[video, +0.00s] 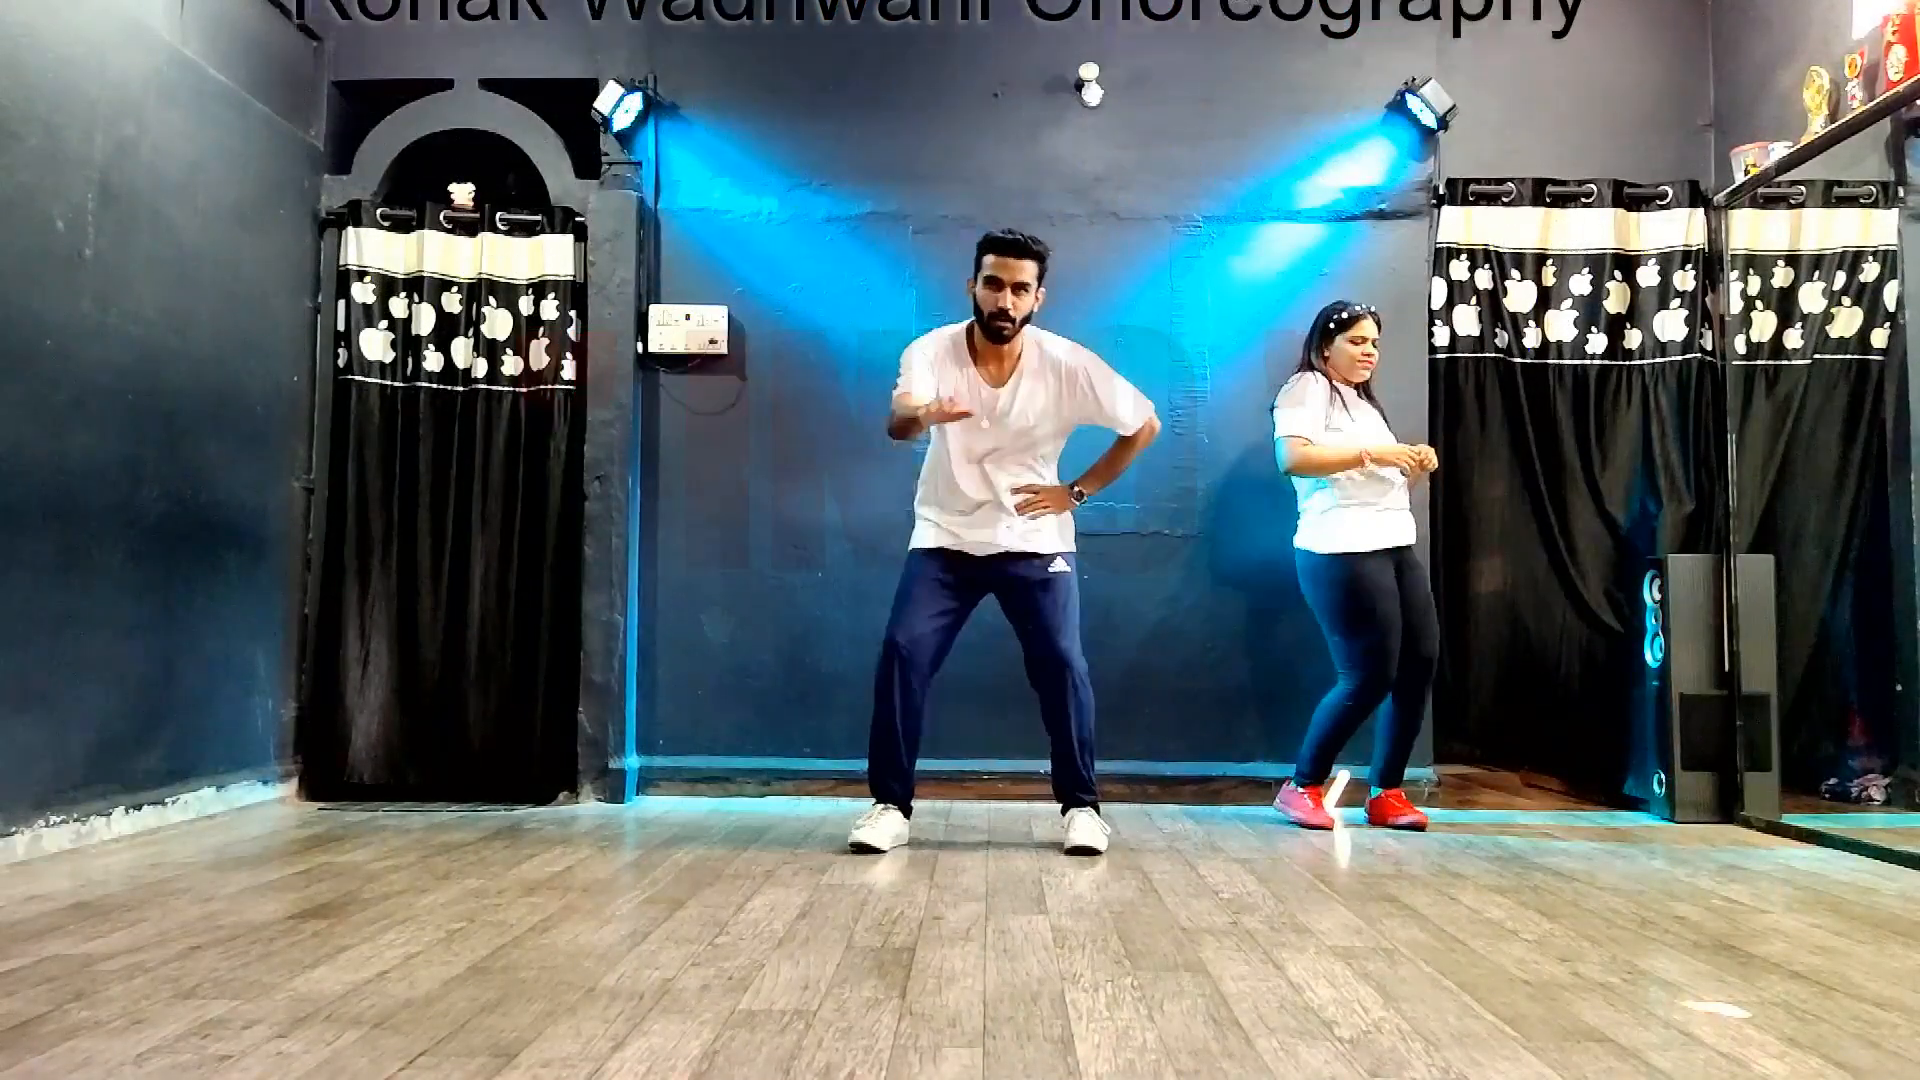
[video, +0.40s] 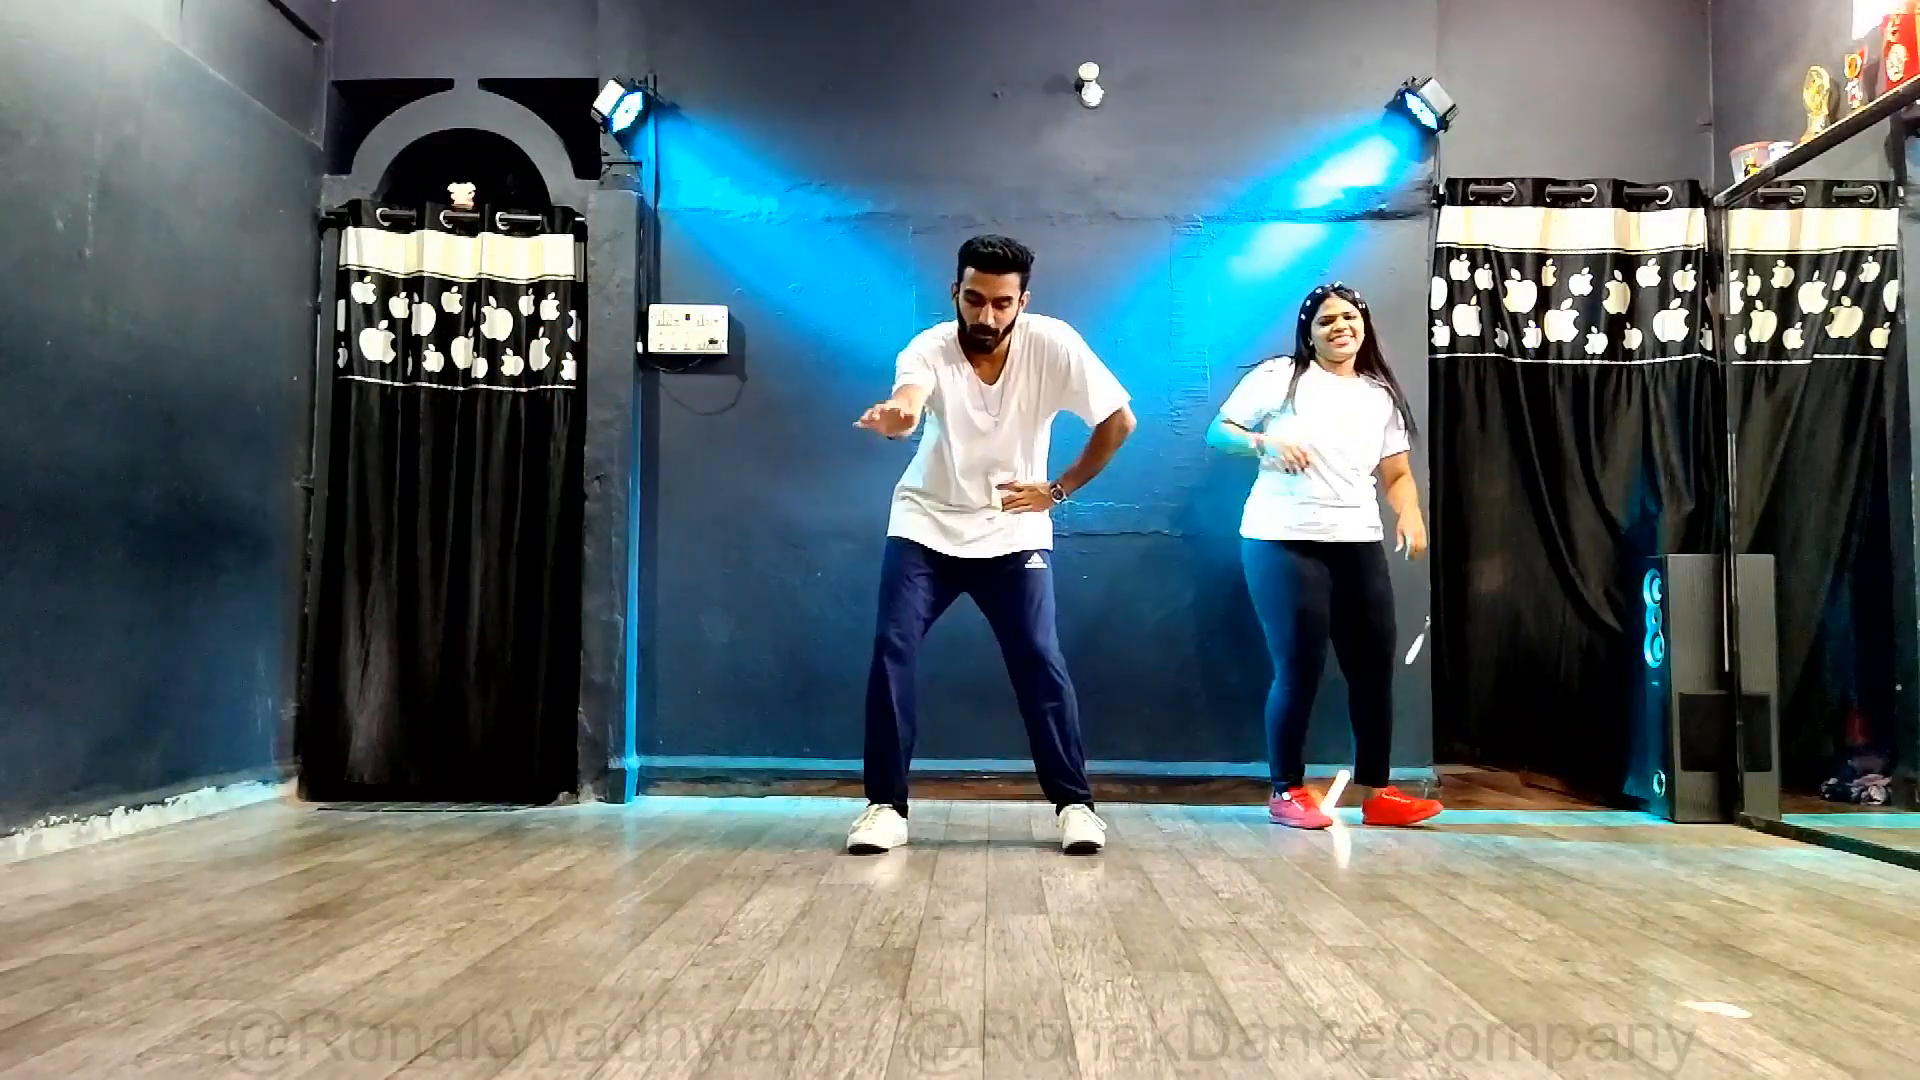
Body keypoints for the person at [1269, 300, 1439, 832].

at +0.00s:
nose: (1368, 352)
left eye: (1373, 343)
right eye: (1356, 342)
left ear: (1376, 349)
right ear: (1324, 346)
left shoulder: (1363, 403)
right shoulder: (1305, 388)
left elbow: (1376, 487)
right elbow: (1293, 457)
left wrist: (1414, 470)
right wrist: (1371, 454)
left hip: (1396, 548)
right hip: (1340, 551)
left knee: (1418, 663)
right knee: (1368, 674)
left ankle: (1385, 793)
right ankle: (1301, 788)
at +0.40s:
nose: (1341, 326)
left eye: (1349, 317)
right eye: (1328, 321)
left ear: (1364, 327)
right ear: (1310, 333)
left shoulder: (1379, 396)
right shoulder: (1279, 376)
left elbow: (1396, 473)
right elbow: (1220, 432)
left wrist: (1409, 513)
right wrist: (1266, 443)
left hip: (1357, 543)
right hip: (1282, 539)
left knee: (1373, 664)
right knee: (1298, 666)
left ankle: (1375, 792)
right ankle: (1286, 792)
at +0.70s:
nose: (1315, 352)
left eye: (1323, 341)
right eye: (1303, 347)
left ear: (1342, 344)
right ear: (1291, 360)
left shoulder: (1377, 403)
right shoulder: (1272, 409)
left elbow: (1429, 474)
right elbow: (1243, 480)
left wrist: (1397, 528)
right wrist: (1207, 496)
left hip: (1334, 549)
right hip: (1257, 546)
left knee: (1329, 676)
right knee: (1244, 669)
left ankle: (1370, 791)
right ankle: (1272, 793)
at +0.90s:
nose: (1303, 366)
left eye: (1311, 353)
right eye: (1291, 360)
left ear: (1331, 352)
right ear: (1283, 371)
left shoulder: (1374, 405)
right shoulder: (1280, 426)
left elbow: (1397, 480)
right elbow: (1253, 505)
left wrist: (1328, 509)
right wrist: (1226, 570)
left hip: (1339, 557)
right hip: (1265, 554)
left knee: (1337, 680)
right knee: (1241, 668)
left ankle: (1380, 796)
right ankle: (1276, 793)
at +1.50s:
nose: (1338, 361)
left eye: (1346, 350)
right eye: (1324, 354)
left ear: (1358, 355)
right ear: (1303, 362)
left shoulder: (1372, 412)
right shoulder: (1277, 413)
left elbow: (1405, 476)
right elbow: (1255, 483)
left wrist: (1426, 538)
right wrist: (1254, 547)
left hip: (1378, 553)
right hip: (1306, 552)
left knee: (1422, 669)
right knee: (1326, 674)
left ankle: (1392, 796)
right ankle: (1293, 795)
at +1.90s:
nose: (1352, 324)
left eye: (1362, 317)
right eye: (1342, 317)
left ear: (1379, 330)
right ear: (1324, 330)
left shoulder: (1395, 395)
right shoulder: (1291, 380)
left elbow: (1403, 468)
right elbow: (1276, 455)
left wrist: (1351, 483)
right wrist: (1317, 482)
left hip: (1365, 547)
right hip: (1290, 543)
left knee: (1382, 671)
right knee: (1296, 672)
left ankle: (1378, 791)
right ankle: (1288, 792)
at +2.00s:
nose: (1364, 329)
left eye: (1376, 321)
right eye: (1355, 320)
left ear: (1394, 333)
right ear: (1339, 329)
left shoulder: (1404, 391)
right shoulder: (1295, 377)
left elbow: (1392, 452)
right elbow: (1243, 428)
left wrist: (1310, 445)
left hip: (1373, 544)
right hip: (1296, 539)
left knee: (1385, 672)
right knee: (1300, 670)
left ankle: (1380, 793)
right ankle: (1289, 792)